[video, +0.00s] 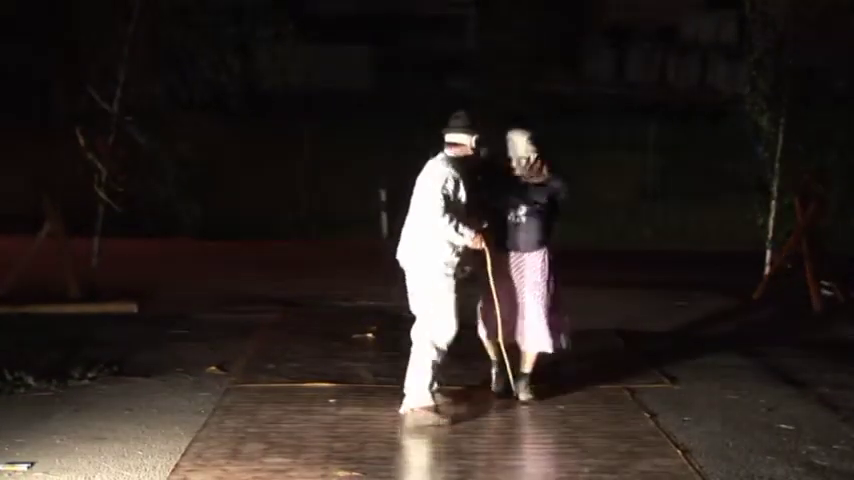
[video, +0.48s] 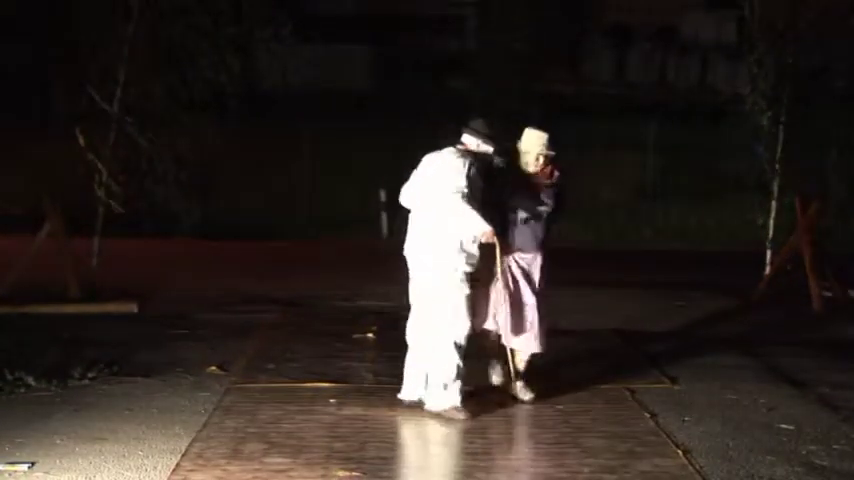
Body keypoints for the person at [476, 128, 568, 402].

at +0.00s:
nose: (521, 166)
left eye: (527, 160)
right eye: (517, 161)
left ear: (535, 158)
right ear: (509, 160)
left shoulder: (547, 186)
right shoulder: (497, 181)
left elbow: (562, 199)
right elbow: (483, 210)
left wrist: (544, 181)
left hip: (534, 257)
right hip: (501, 256)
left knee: (533, 316)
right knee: (488, 318)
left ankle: (524, 379)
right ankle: (497, 366)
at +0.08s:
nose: (523, 167)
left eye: (528, 162)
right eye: (519, 162)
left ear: (538, 159)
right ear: (512, 159)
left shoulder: (553, 187)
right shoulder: (502, 181)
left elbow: (544, 221)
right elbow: (487, 207)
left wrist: (548, 180)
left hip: (533, 256)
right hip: (500, 254)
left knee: (534, 316)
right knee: (480, 294)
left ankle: (523, 379)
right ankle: (490, 339)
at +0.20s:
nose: (527, 162)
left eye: (532, 157)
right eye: (523, 156)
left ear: (543, 157)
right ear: (517, 155)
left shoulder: (556, 187)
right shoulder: (507, 179)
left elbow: (565, 207)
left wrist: (556, 181)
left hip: (534, 254)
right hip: (506, 251)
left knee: (533, 317)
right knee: (511, 315)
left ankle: (522, 378)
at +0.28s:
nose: (534, 167)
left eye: (539, 161)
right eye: (530, 161)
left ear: (546, 160)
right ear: (521, 157)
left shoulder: (553, 186)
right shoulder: (509, 175)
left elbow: (548, 216)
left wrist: (548, 187)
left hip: (530, 255)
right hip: (501, 249)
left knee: (529, 312)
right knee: (484, 310)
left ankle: (519, 379)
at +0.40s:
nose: (540, 168)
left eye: (544, 163)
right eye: (535, 162)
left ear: (550, 163)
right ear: (524, 160)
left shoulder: (552, 188)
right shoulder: (508, 182)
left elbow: (554, 221)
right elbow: (494, 216)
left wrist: (553, 192)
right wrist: (498, 256)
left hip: (535, 260)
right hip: (509, 257)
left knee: (530, 317)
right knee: (512, 315)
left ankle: (520, 378)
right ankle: (517, 373)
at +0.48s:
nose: (539, 163)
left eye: (543, 158)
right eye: (534, 158)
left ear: (548, 158)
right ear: (522, 155)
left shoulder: (552, 182)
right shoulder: (507, 178)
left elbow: (552, 215)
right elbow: (494, 208)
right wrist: (497, 236)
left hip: (533, 254)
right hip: (507, 252)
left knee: (527, 310)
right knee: (503, 306)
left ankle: (519, 375)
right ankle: (497, 357)